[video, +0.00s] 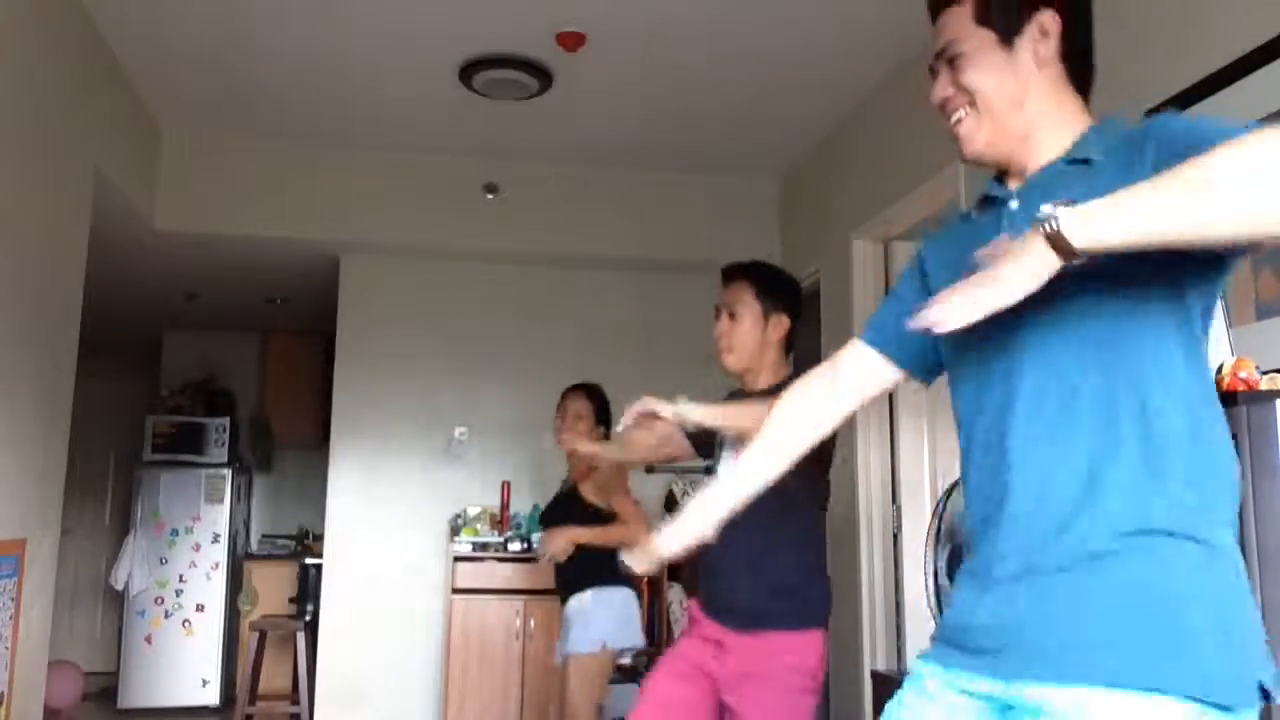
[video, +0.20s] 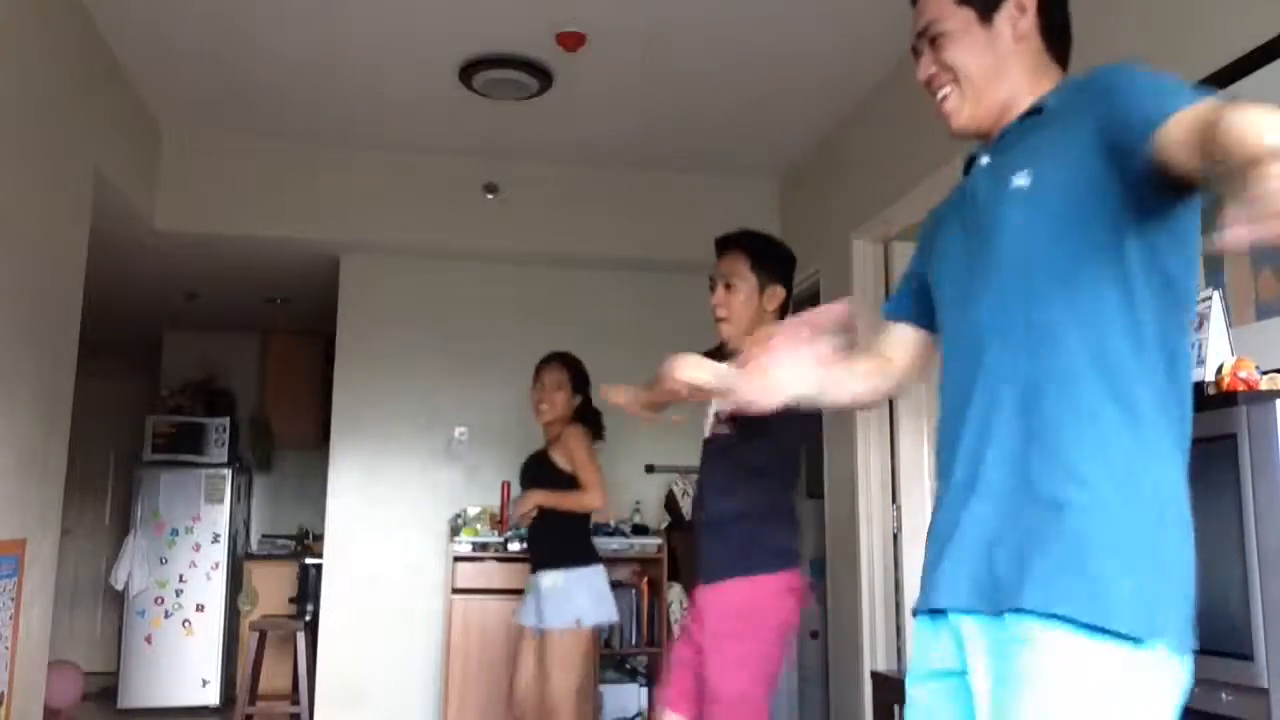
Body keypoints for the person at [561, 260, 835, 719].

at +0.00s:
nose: (719, 330)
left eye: (733, 315)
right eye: (719, 316)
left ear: (778, 327)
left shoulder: (811, 399)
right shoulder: (732, 410)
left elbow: (774, 419)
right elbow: (661, 443)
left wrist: (678, 412)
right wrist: (601, 449)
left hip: (781, 641)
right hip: (707, 629)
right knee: (649, 712)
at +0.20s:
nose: (714, 300)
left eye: (729, 286)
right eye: (714, 286)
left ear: (772, 298)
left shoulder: (789, 360)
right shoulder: (730, 361)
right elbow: (672, 389)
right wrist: (641, 399)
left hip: (756, 582)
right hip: (716, 582)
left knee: (733, 712)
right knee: (674, 710)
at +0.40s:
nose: (711, 332)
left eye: (726, 318)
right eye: (711, 319)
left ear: (770, 332)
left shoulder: (789, 402)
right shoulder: (721, 399)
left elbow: (790, 442)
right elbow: (671, 429)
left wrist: (728, 429)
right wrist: (644, 446)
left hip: (755, 616)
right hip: (720, 610)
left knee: (681, 711)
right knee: (737, 713)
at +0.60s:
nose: (709, 306)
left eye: (722, 292)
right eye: (709, 292)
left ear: (768, 302)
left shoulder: (801, 374)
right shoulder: (721, 380)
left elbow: (795, 416)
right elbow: (656, 444)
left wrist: (692, 402)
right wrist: (576, 446)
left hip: (766, 594)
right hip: (708, 591)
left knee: (722, 714)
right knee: (669, 713)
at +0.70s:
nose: (709, 325)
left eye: (720, 310)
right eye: (710, 311)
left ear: (766, 316)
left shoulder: (807, 389)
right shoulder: (723, 399)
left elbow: (778, 430)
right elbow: (696, 443)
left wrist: (703, 427)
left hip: (770, 626)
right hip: (693, 615)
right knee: (663, 713)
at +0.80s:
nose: (706, 342)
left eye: (716, 326)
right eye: (707, 327)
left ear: (761, 326)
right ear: (758, 328)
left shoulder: (807, 402)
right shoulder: (729, 408)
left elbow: (772, 452)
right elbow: (687, 453)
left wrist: (699, 431)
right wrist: (651, 478)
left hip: (767, 636)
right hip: (693, 624)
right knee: (658, 712)